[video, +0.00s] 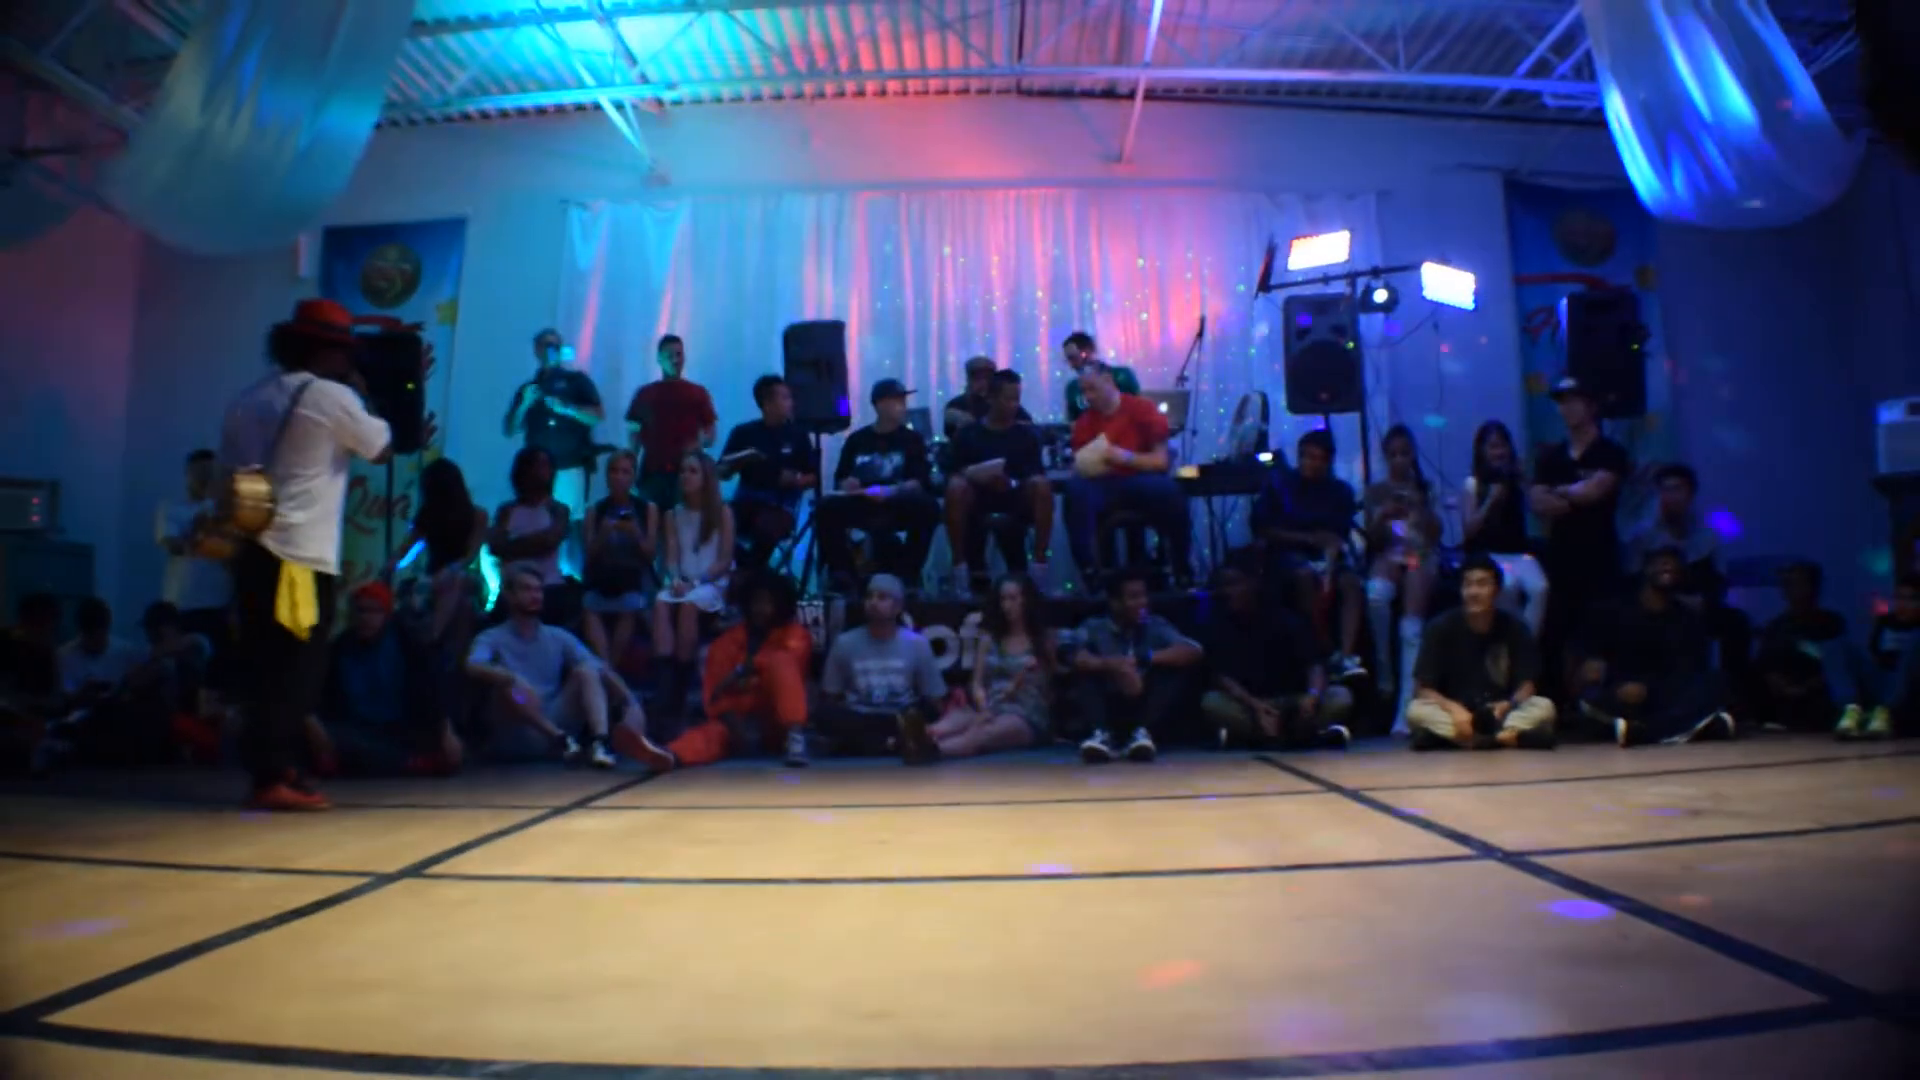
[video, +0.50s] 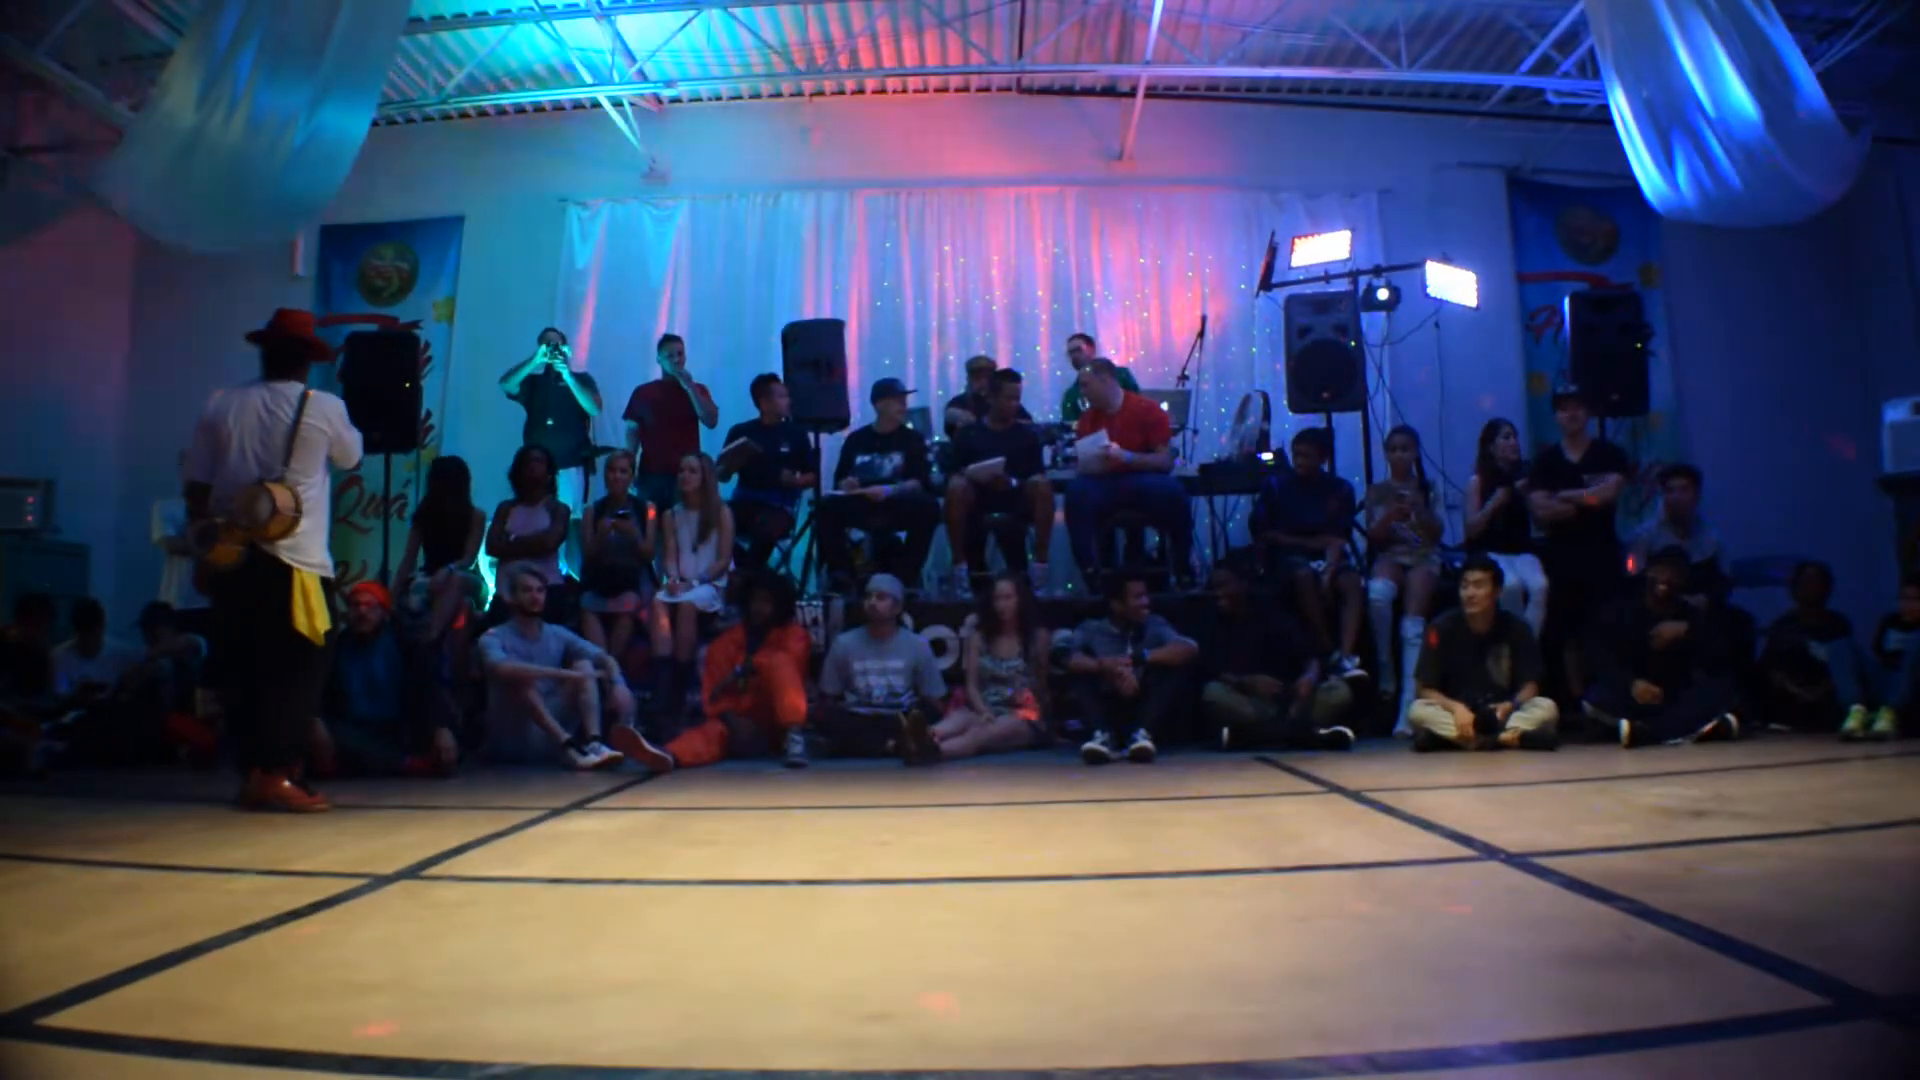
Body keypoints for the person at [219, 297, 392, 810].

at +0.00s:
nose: (348, 361)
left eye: (347, 351)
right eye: (342, 351)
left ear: (290, 347)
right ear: (325, 351)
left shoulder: (250, 400)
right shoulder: (327, 398)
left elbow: (231, 471)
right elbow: (379, 443)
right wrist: (360, 391)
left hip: (253, 554)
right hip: (301, 559)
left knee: (265, 670)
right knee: (296, 673)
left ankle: (272, 775)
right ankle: (278, 778)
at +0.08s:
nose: (345, 360)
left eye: (344, 351)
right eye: (341, 350)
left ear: (287, 347)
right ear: (326, 351)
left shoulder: (243, 402)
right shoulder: (329, 396)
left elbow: (222, 475)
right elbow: (377, 444)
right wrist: (351, 398)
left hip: (246, 556)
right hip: (297, 560)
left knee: (261, 668)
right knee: (295, 671)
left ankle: (268, 776)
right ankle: (277, 780)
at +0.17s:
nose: (340, 361)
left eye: (338, 353)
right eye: (336, 352)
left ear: (284, 349)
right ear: (322, 352)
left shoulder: (239, 402)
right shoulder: (332, 397)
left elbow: (211, 478)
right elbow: (375, 446)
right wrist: (346, 399)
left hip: (248, 557)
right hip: (300, 561)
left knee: (258, 668)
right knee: (292, 672)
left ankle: (263, 776)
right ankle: (273, 780)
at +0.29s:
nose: (333, 364)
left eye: (332, 356)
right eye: (331, 355)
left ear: (278, 351)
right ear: (319, 356)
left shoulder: (231, 405)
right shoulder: (331, 399)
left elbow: (207, 484)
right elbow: (368, 450)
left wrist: (207, 548)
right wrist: (339, 404)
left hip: (244, 560)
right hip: (304, 565)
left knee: (252, 669)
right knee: (298, 674)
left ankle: (261, 778)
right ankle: (274, 779)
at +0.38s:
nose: (328, 362)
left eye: (326, 356)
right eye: (325, 355)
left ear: (273, 353)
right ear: (316, 357)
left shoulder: (229, 406)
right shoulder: (328, 401)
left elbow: (202, 484)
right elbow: (362, 451)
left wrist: (206, 544)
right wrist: (332, 409)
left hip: (242, 559)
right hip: (302, 565)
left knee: (249, 668)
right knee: (296, 673)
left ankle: (259, 776)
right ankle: (274, 779)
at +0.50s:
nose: (311, 365)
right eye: (311, 359)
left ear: (263, 357)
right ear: (308, 361)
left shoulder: (223, 406)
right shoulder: (323, 408)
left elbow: (196, 482)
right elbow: (350, 458)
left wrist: (202, 535)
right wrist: (320, 416)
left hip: (234, 563)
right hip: (297, 568)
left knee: (244, 669)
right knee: (296, 673)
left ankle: (255, 775)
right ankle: (277, 776)